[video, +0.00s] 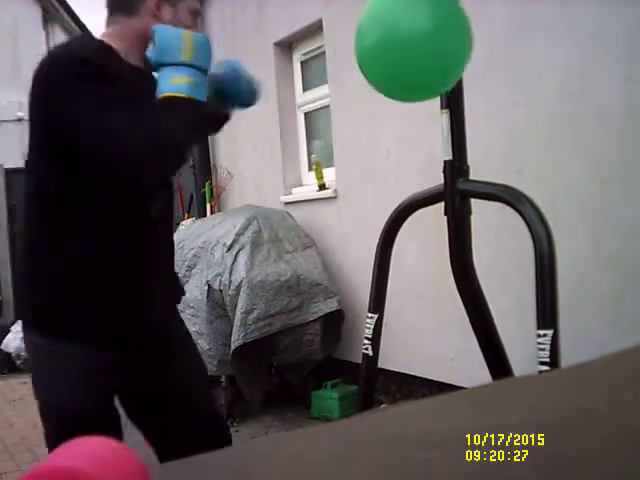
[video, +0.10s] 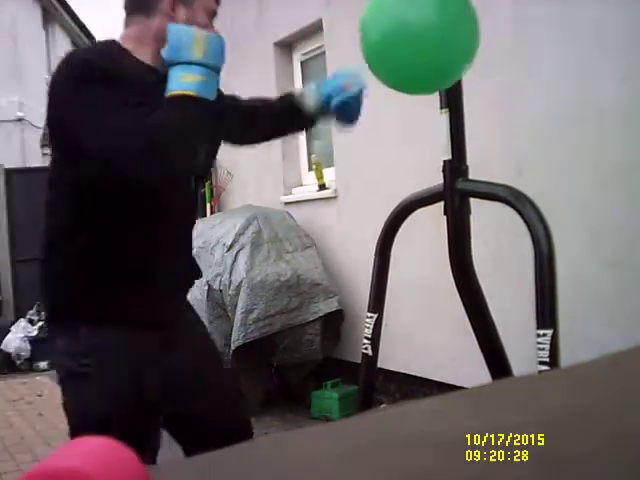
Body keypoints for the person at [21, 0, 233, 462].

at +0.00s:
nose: (197, 31)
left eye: (198, 17)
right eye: (191, 14)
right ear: (157, 9)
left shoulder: (150, 84)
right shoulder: (70, 68)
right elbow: (133, 158)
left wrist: (213, 105)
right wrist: (182, 91)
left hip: (143, 313)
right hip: (68, 321)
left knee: (206, 456)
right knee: (88, 470)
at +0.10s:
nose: (214, 32)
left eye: (214, 19)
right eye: (209, 16)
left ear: (175, 15)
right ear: (170, 11)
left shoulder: (176, 84)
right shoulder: (86, 73)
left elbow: (241, 120)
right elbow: (160, 159)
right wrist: (192, 76)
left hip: (167, 313)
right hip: (96, 322)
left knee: (231, 451)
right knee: (116, 469)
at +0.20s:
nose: (232, 27)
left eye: (230, 12)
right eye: (224, 10)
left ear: (187, 12)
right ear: (188, 9)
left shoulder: (182, 85)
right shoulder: (119, 76)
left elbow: (184, 194)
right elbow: (179, 175)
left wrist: (226, 233)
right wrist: (220, 92)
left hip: (191, 317)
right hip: (126, 324)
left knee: (250, 446)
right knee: (113, 468)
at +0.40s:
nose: (260, 13)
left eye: (257, 3)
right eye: (253, 2)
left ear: (214, 9)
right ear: (217, 7)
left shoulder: (215, 73)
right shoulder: (133, 63)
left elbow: (216, 125)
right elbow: (155, 165)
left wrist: (278, 105)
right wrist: (223, 101)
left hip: (205, 302)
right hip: (131, 305)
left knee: (249, 456)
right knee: (92, 463)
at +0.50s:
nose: (250, 20)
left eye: (249, 7)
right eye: (245, 5)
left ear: (205, 8)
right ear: (211, 5)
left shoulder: (217, 78)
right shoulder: (125, 64)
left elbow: (247, 114)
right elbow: (150, 160)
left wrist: (312, 79)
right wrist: (214, 81)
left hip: (201, 298)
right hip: (126, 301)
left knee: (242, 456)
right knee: (92, 460)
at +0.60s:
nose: (230, 17)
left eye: (229, 5)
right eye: (225, 4)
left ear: (190, 6)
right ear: (191, 3)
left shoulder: (188, 76)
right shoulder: (110, 67)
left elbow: (207, 145)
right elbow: (145, 162)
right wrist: (203, 89)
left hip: (194, 307)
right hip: (122, 311)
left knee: (238, 458)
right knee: (88, 466)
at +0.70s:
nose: (205, 31)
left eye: (205, 14)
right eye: (201, 12)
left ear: (166, 12)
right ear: (167, 9)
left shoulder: (163, 86)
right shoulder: (86, 77)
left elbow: (158, 188)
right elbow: (127, 179)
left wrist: (211, 166)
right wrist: (188, 103)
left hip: (171, 322)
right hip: (100, 330)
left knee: (229, 456)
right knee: (85, 473)